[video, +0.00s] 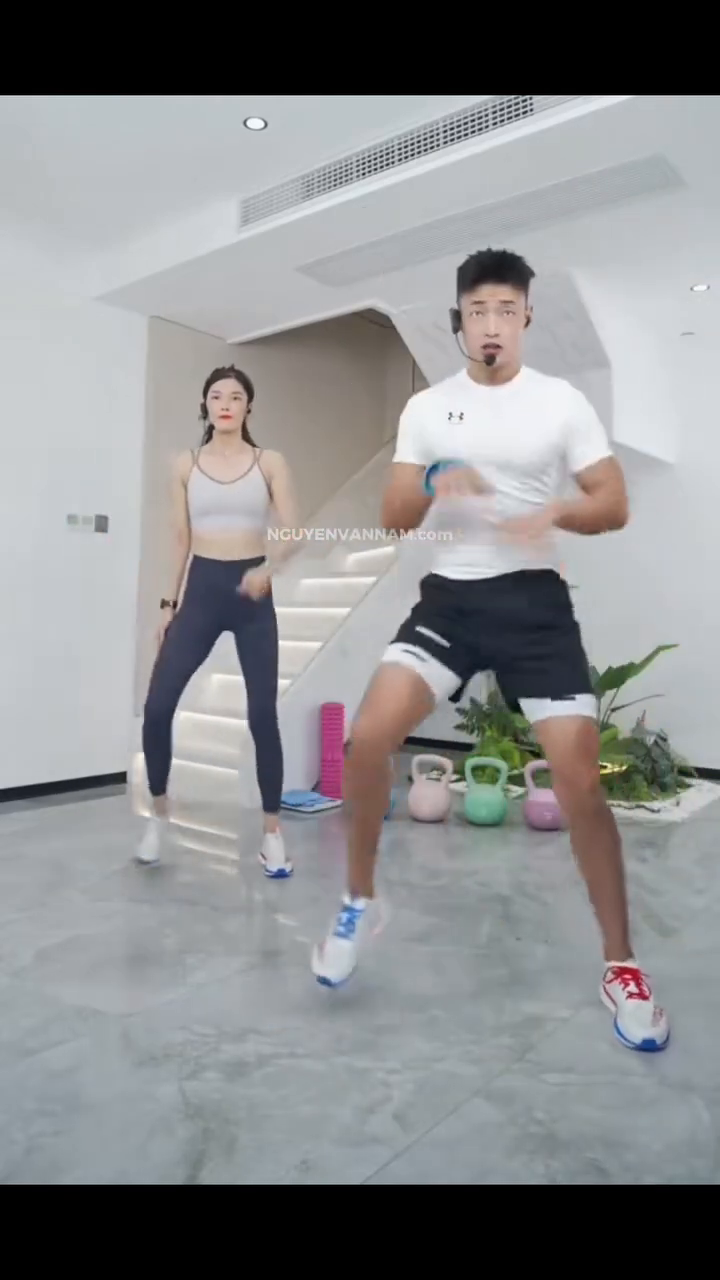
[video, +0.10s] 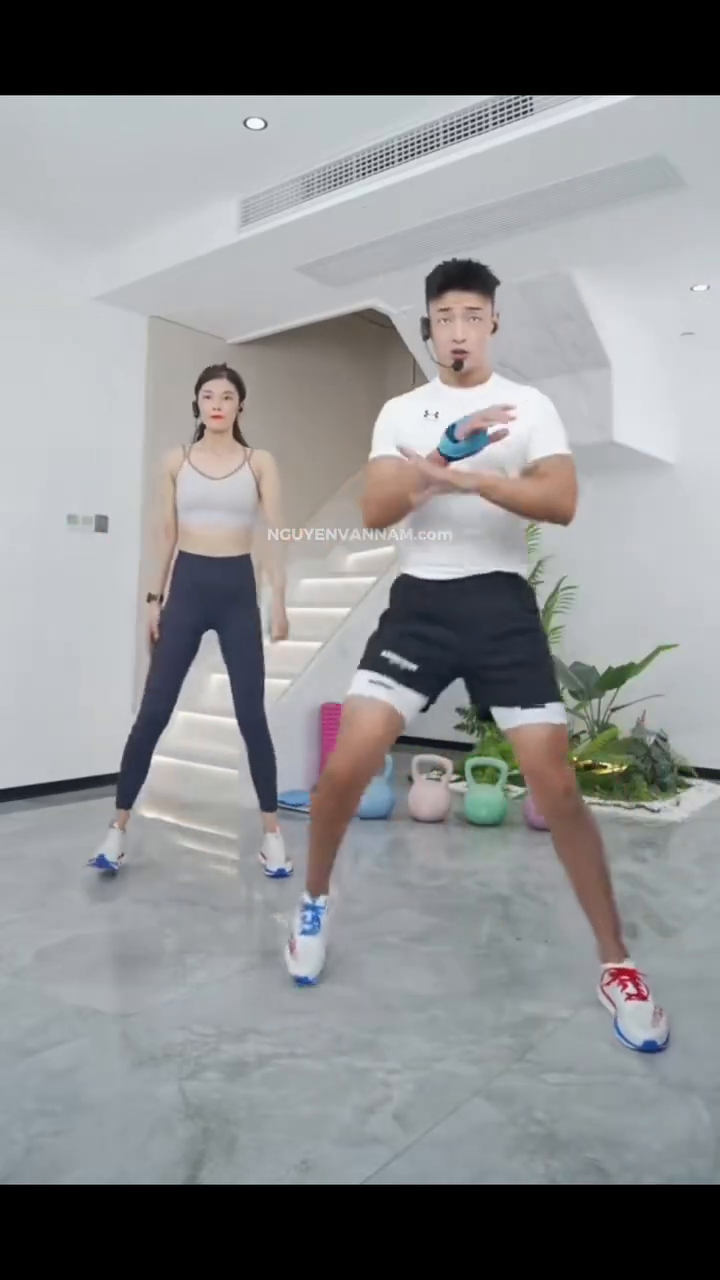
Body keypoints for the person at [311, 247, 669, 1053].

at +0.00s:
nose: (491, 328)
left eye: (506, 313)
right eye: (477, 314)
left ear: (528, 321)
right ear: (459, 322)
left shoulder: (562, 403)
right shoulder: (426, 409)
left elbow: (612, 506)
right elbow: (393, 514)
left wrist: (552, 514)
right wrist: (434, 489)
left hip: (535, 609)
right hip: (445, 606)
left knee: (581, 782)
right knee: (367, 739)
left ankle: (620, 966)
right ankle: (359, 901)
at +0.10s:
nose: (458, 331)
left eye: (471, 317)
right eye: (445, 318)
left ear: (495, 324)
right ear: (427, 330)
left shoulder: (528, 404)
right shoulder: (403, 412)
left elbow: (561, 502)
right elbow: (376, 511)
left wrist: (464, 480)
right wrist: (448, 453)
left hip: (504, 608)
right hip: (416, 607)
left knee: (556, 786)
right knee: (344, 771)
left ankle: (618, 967)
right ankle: (313, 903)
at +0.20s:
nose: (428, 351)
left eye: (442, 336)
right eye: (415, 337)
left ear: (462, 346)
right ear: (397, 346)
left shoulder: (487, 426)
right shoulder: (366, 425)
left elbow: (517, 510)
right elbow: (354, 517)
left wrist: (425, 479)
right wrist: (431, 464)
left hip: (465, 623)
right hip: (381, 622)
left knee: (529, 792)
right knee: (331, 793)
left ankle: (610, 966)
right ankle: (309, 912)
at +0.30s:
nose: (406, 354)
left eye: (421, 341)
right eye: (396, 339)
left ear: (442, 351)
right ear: (378, 346)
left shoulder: (460, 432)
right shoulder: (335, 424)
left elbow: (492, 521)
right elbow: (309, 517)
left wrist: (426, 518)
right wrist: (372, 504)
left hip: (439, 618)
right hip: (356, 621)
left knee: (511, 757)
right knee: (317, 779)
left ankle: (550, 936)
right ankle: (309, 915)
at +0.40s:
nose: (397, 330)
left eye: (412, 318)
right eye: (386, 317)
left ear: (433, 326)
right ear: (369, 322)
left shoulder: (453, 410)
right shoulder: (327, 398)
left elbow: (494, 507)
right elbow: (279, 484)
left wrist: (442, 556)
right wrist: (310, 510)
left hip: (424, 585)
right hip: (345, 587)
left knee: (461, 719)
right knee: (317, 750)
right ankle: (308, 909)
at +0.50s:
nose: (385, 332)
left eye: (399, 319)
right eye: (373, 319)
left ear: (421, 326)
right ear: (357, 325)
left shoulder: (454, 406)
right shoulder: (321, 393)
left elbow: (499, 473)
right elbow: (263, 448)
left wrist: (472, 547)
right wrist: (270, 508)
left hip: (411, 582)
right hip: (334, 580)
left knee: (411, 728)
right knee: (309, 746)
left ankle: (387, 863)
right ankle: (296, 894)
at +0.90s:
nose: (410, 346)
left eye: (423, 333)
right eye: (397, 335)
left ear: (444, 343)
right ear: (383, 349)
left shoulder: (474, 425)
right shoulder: (355, 426)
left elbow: (506, 508)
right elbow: (330, 511)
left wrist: (514, 570)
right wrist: (327, 551)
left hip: (453, 602)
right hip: (373, 606)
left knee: (521, 743)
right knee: (333, 764)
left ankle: (524, 874)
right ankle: (296, 902)